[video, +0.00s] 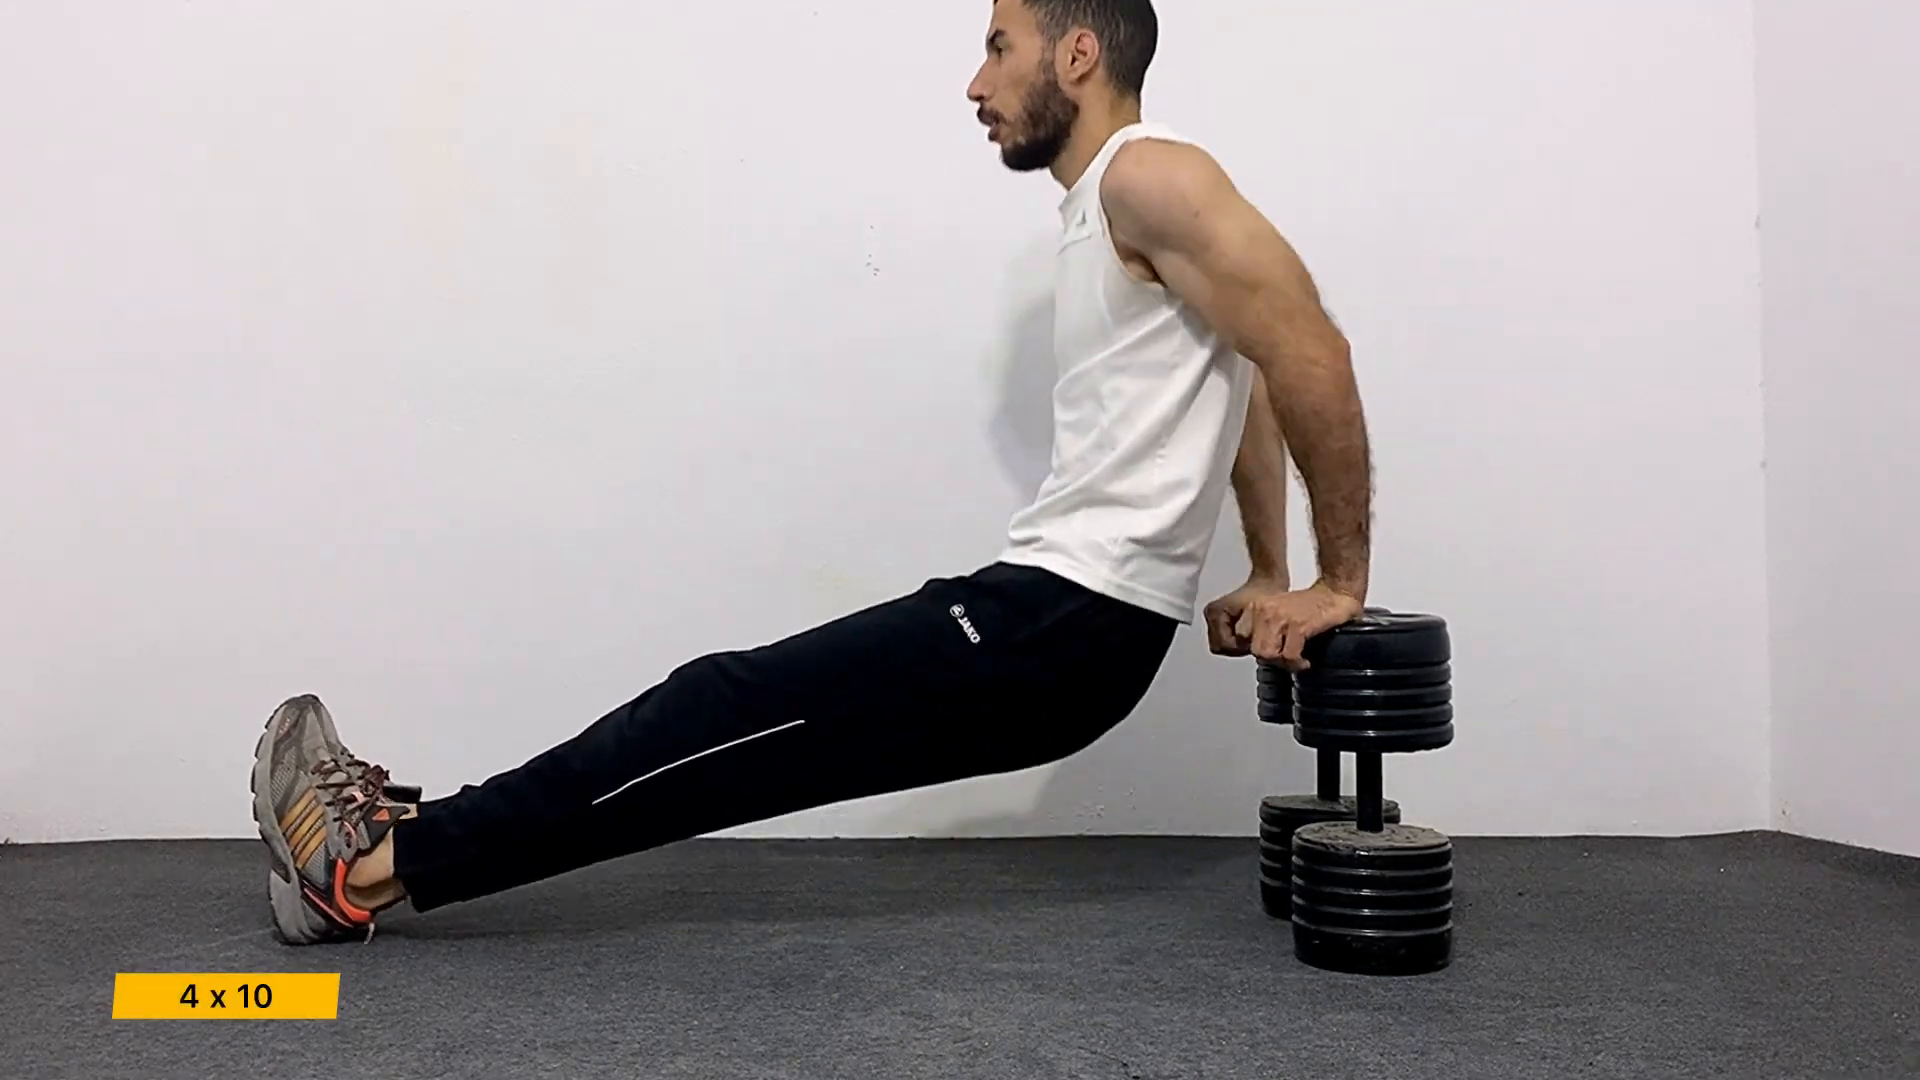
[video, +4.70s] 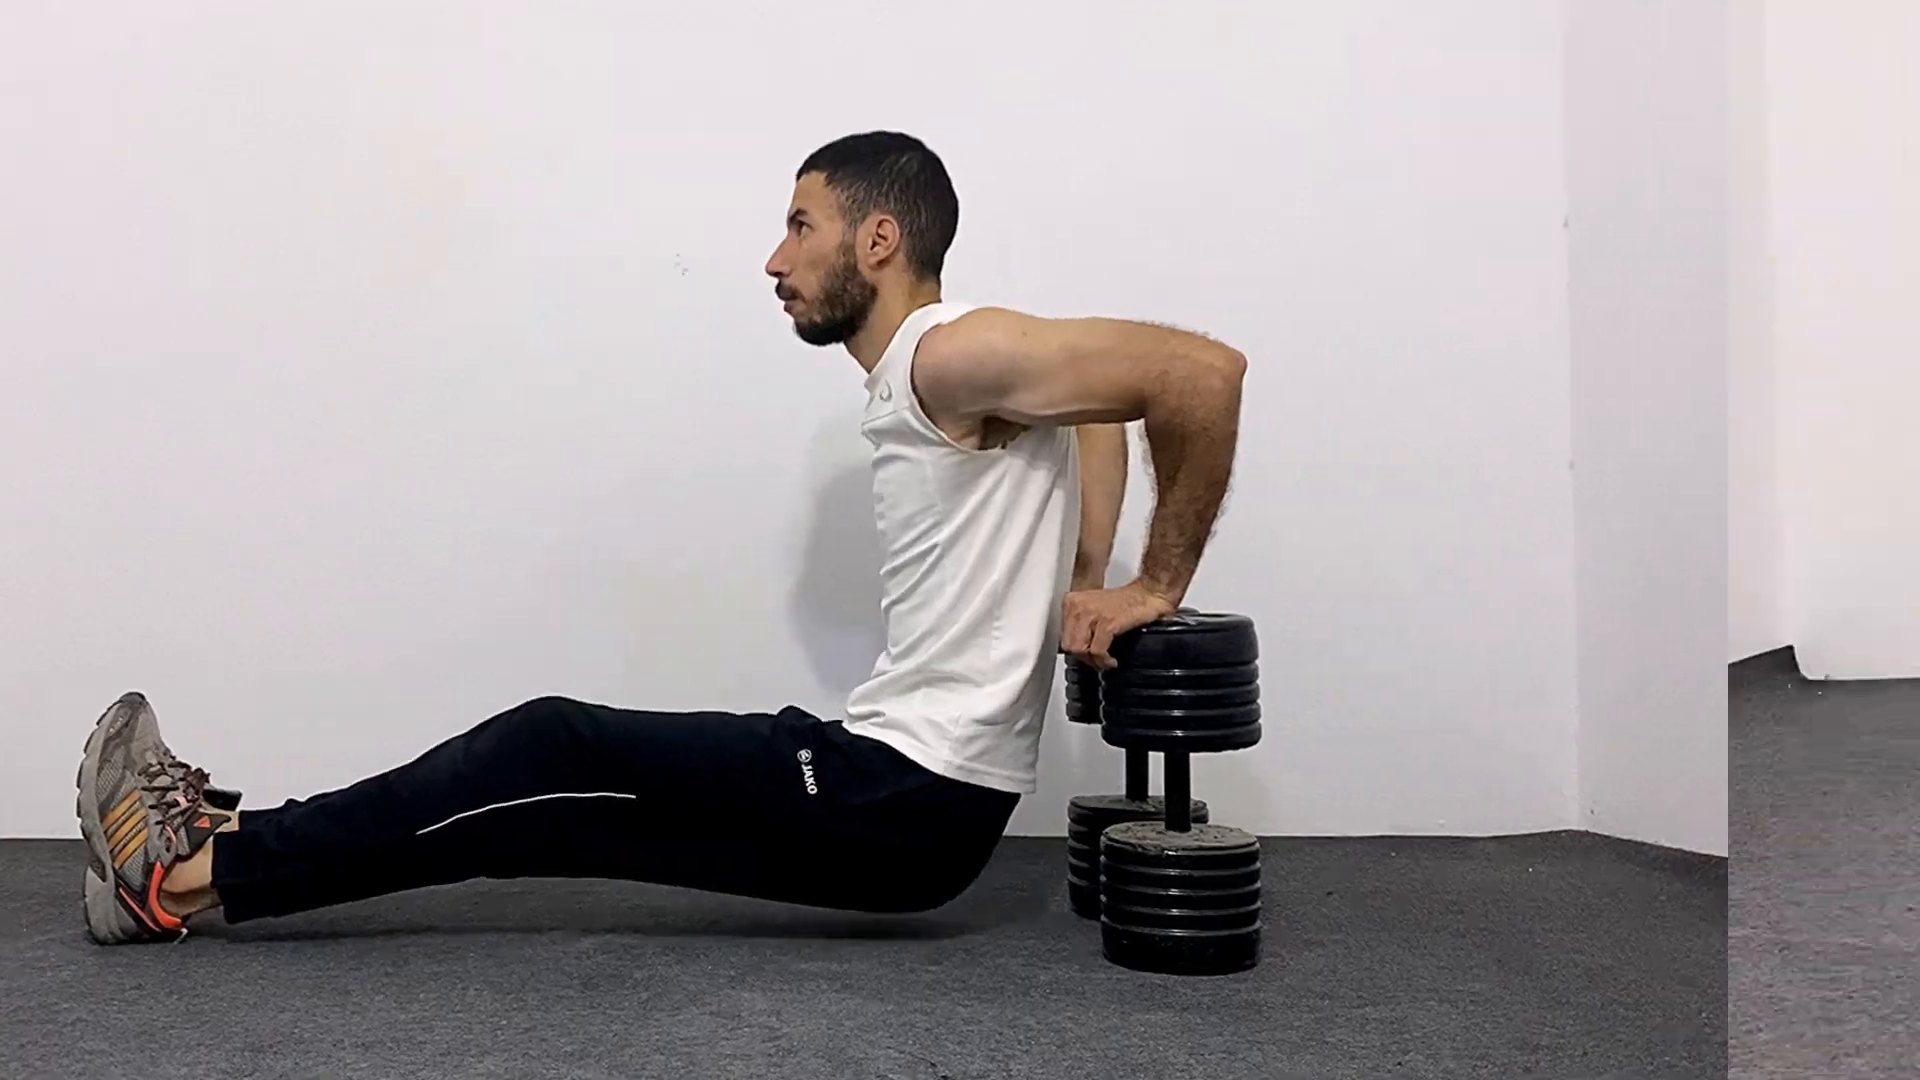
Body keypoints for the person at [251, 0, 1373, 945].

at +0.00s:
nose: (976, 81)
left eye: (998, 50)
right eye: (983, 53)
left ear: (1080, 54)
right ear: (1076, 54)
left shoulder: (1153, 177)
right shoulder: (1133, 200)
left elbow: (1312, 352)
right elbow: (1251, 387)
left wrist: (1348, 580)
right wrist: (1262, 577)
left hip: (1070, 623)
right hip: (1055, 607)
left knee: (726, 723)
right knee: (722, 703)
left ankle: (381, 873)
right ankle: (407, 841)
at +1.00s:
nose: (964, 248)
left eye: (987, 216)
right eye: (973, 219)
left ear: (1074, 227)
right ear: (1077, 228)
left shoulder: (1136, 345)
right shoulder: (1126, 345)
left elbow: (1391, 375)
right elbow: (1295, 391)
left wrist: (1355, 585)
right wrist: (1279, 575)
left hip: (1097, 776)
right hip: (1078, 760)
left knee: (741, 742)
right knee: (736, 795)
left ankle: (386, 869)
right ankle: (416, 848)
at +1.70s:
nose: (990, 121)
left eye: (1013, 89)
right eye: (996, 91)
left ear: (1100, 95)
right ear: (1097, 101)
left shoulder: (1167, 222)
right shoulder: (1139, 246)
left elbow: (1368, 361)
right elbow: (1285, 417)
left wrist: (1350, 587)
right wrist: (1271, 589)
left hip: (1091, 656)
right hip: (1072, 644)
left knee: (739, 734)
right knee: (739, 731)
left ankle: (392, 875)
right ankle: (415, 847)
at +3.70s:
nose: (1022, 51)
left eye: (1041, 17)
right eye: (1026, 22)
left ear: (1126, 19)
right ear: (1111, 27)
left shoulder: (1188, 144)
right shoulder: (1149, 165)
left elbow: (1312, 358)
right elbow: (1251, 382)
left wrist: (1347, 580)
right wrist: (1267, 572)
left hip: (1063, 593)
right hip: (1045, 579)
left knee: (718, 711)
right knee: (714, 699)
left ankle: (380, 877)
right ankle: (420, 840)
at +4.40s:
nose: (985, 201)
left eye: (1006, 168)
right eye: (990, 172)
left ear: (1093, 175)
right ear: (1097, 180)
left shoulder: (1156, 301)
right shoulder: (1135, 304)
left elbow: (1397, 369)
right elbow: (1302, 378)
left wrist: (1354, 588)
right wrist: (1283, 573)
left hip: (1099, 737)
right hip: (1079, 723)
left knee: (737, 736)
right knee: (733, 760)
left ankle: (387, 878)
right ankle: (422, 849)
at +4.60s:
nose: (919, 245)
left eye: (943, 213)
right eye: (927, 216)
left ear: (1029, 224)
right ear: (1030, 226)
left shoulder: (1090, 342)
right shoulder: (1073, 347)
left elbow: (1345, 377)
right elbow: (1241, 391)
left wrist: (1299, 587)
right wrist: (1225, 575)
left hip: (1046, 778)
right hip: (1028, 763)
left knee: (686, 738)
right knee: (681, 788)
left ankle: (337, 872)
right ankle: (364, 852)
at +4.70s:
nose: (777, 261)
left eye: (798, 229)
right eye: (784, 232)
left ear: (882, 238)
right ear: (888, 240)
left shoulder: (947, 354)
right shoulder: (936, 359)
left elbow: (1204, 378)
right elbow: (1103, 395)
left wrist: (1161, 591)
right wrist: (1089, 573)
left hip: (906, 792)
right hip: (900, 786)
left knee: (547, 742)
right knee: (536, 800)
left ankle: (194, 876)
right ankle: (228, 850)